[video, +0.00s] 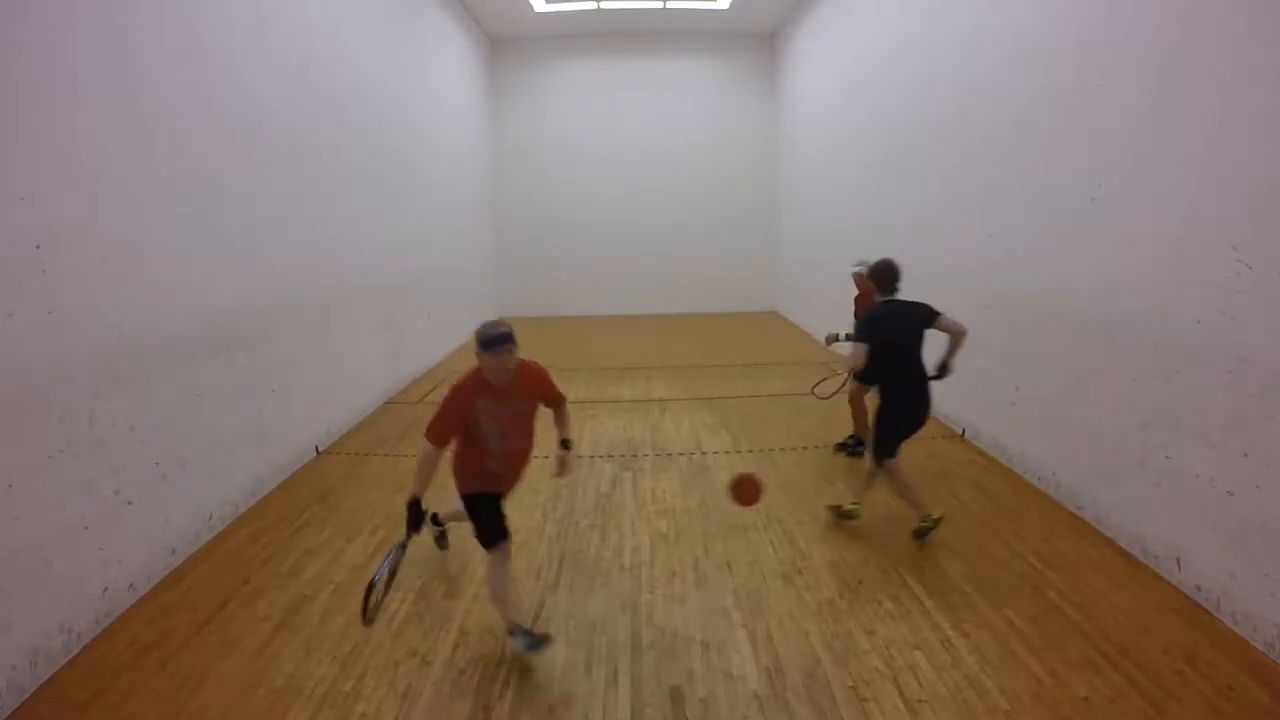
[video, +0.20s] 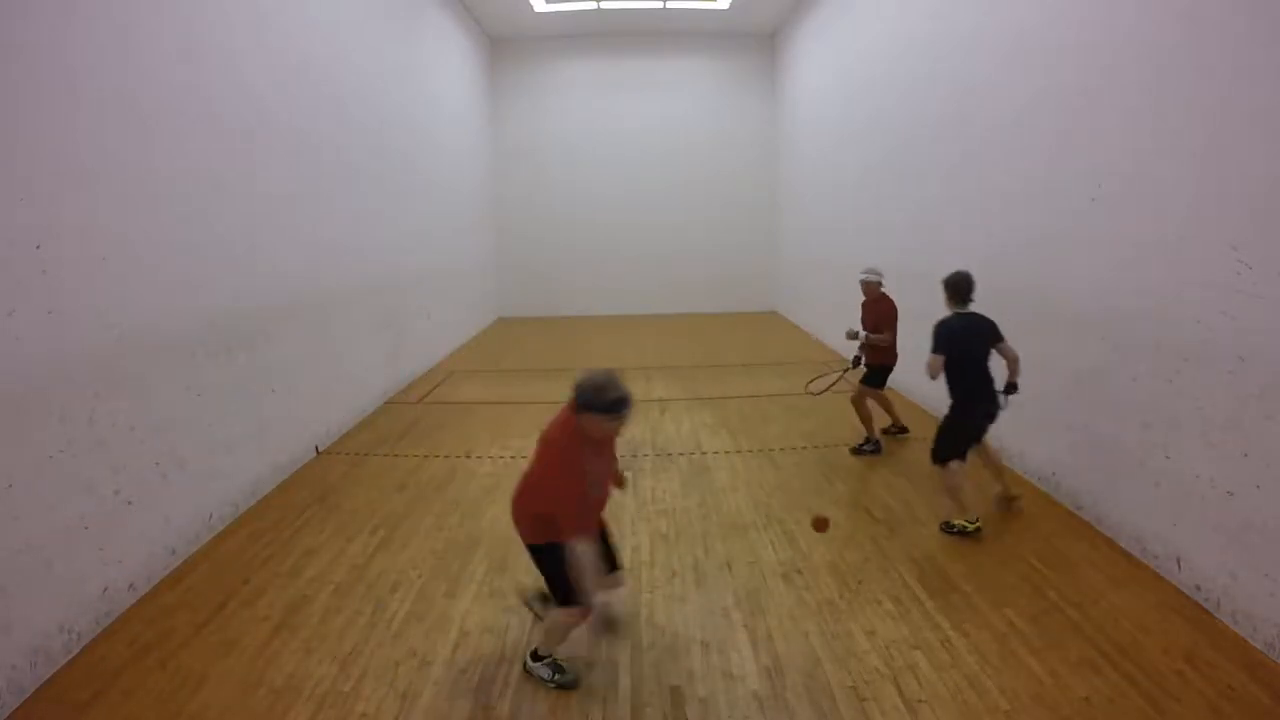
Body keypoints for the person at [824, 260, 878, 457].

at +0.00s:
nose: (856, 282)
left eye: (860, 278)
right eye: (855, 278)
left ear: (869, 280)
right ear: (856, 279)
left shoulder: (872, 301)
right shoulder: (861, 299)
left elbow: (867, 334)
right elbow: (863, 330)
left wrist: (839, 337)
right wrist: (841, 336)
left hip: (877, 356)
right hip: (869, 353)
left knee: (855, 395)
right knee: (855, 395)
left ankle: (861, 438)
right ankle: (859, 434)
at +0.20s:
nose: (863, 288)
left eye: (867, 284)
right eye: (862, 284)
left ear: (878, 286)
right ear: (863, 285)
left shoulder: (887, 306)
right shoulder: (866, 304)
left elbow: (888, 338)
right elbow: (867, 333)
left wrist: (862, 336)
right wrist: (859, 353)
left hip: (885, 360)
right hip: (873, 358)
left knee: (858, 398)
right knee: (874, 392)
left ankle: (872, 439)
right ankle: (898, 424)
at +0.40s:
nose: (862, 289)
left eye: (864, 286)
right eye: (862, 285)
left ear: (871, 287)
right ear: (879, 287)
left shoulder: (874, 307)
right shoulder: (886, 302)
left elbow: (872, 338)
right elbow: (882, 332)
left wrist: (860, 330)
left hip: (877, 359)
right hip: (889, 358)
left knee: (851, 393)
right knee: (875, 391)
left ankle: (872, 432)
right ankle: (899, 425)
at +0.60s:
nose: (855, 286)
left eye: (857, 283)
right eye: (857, 283)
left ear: (859, 284)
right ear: (873, 284)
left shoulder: (857, 301)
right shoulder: (880, 299)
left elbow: (852, 331)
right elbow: (881, 324)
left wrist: (862, 319)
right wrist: (863, 321)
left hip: (865, 355)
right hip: (883, 356)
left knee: (843, 381)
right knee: (879, 388)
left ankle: (853, 419)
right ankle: (897, 425)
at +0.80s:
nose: (839, 276)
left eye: (840, 273)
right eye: (842, 274)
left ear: (840, 275)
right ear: (856, 276)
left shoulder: (836, 295)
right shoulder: (862, 294)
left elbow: (829, 323)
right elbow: (861, 319)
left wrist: (842, 316)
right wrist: (839, 320)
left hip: (842, 348)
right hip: (861, 348)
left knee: (825, 382)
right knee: (858, 381)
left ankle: (827, 424)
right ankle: (883, 411)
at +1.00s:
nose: (824, 274)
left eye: (824, 272)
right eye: (829, 272)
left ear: (825, 273)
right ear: (841, 274)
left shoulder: (821, 294)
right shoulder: (848, 294)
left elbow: (811, 325)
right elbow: (851, 322)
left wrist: (824, 329)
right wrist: (824, 325)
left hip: (824, 346)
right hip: (843, 347)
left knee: (808, 377)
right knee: (833, 373)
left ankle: (819, 413)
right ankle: (835, 408)